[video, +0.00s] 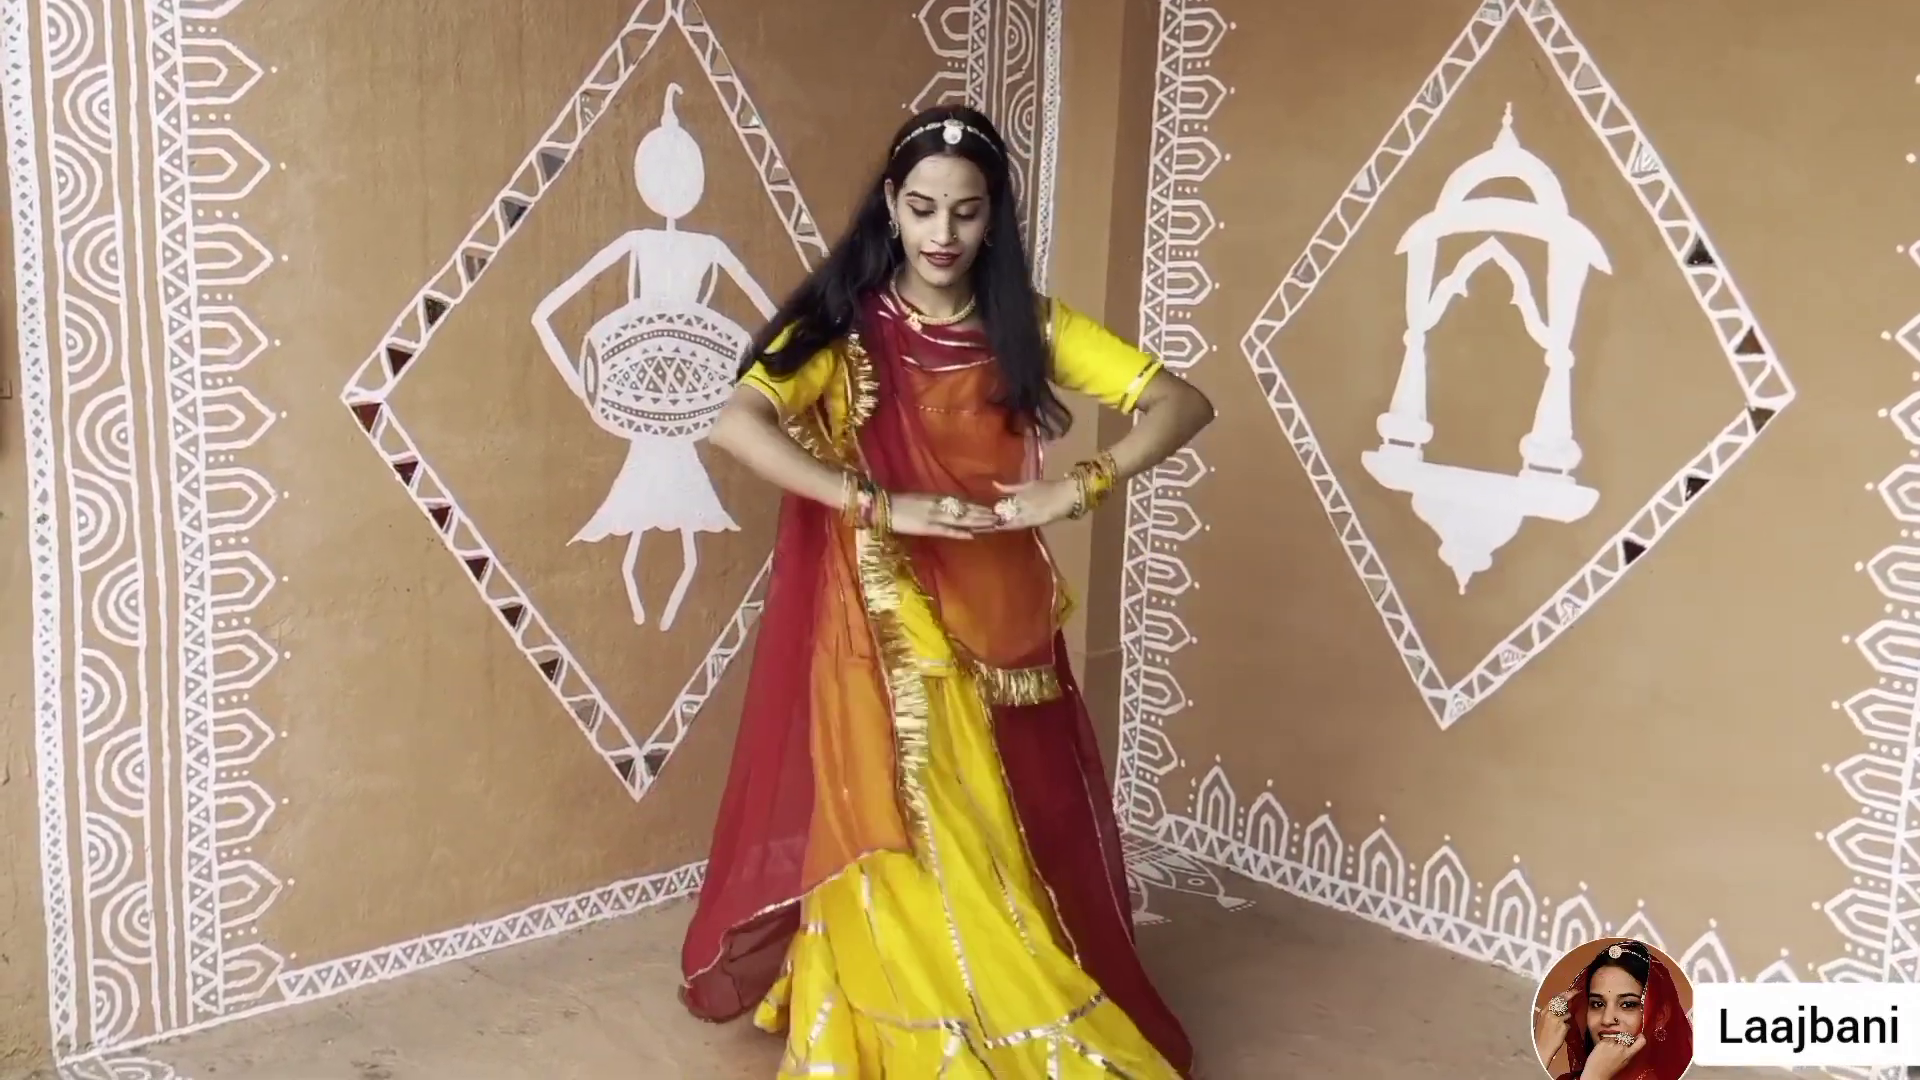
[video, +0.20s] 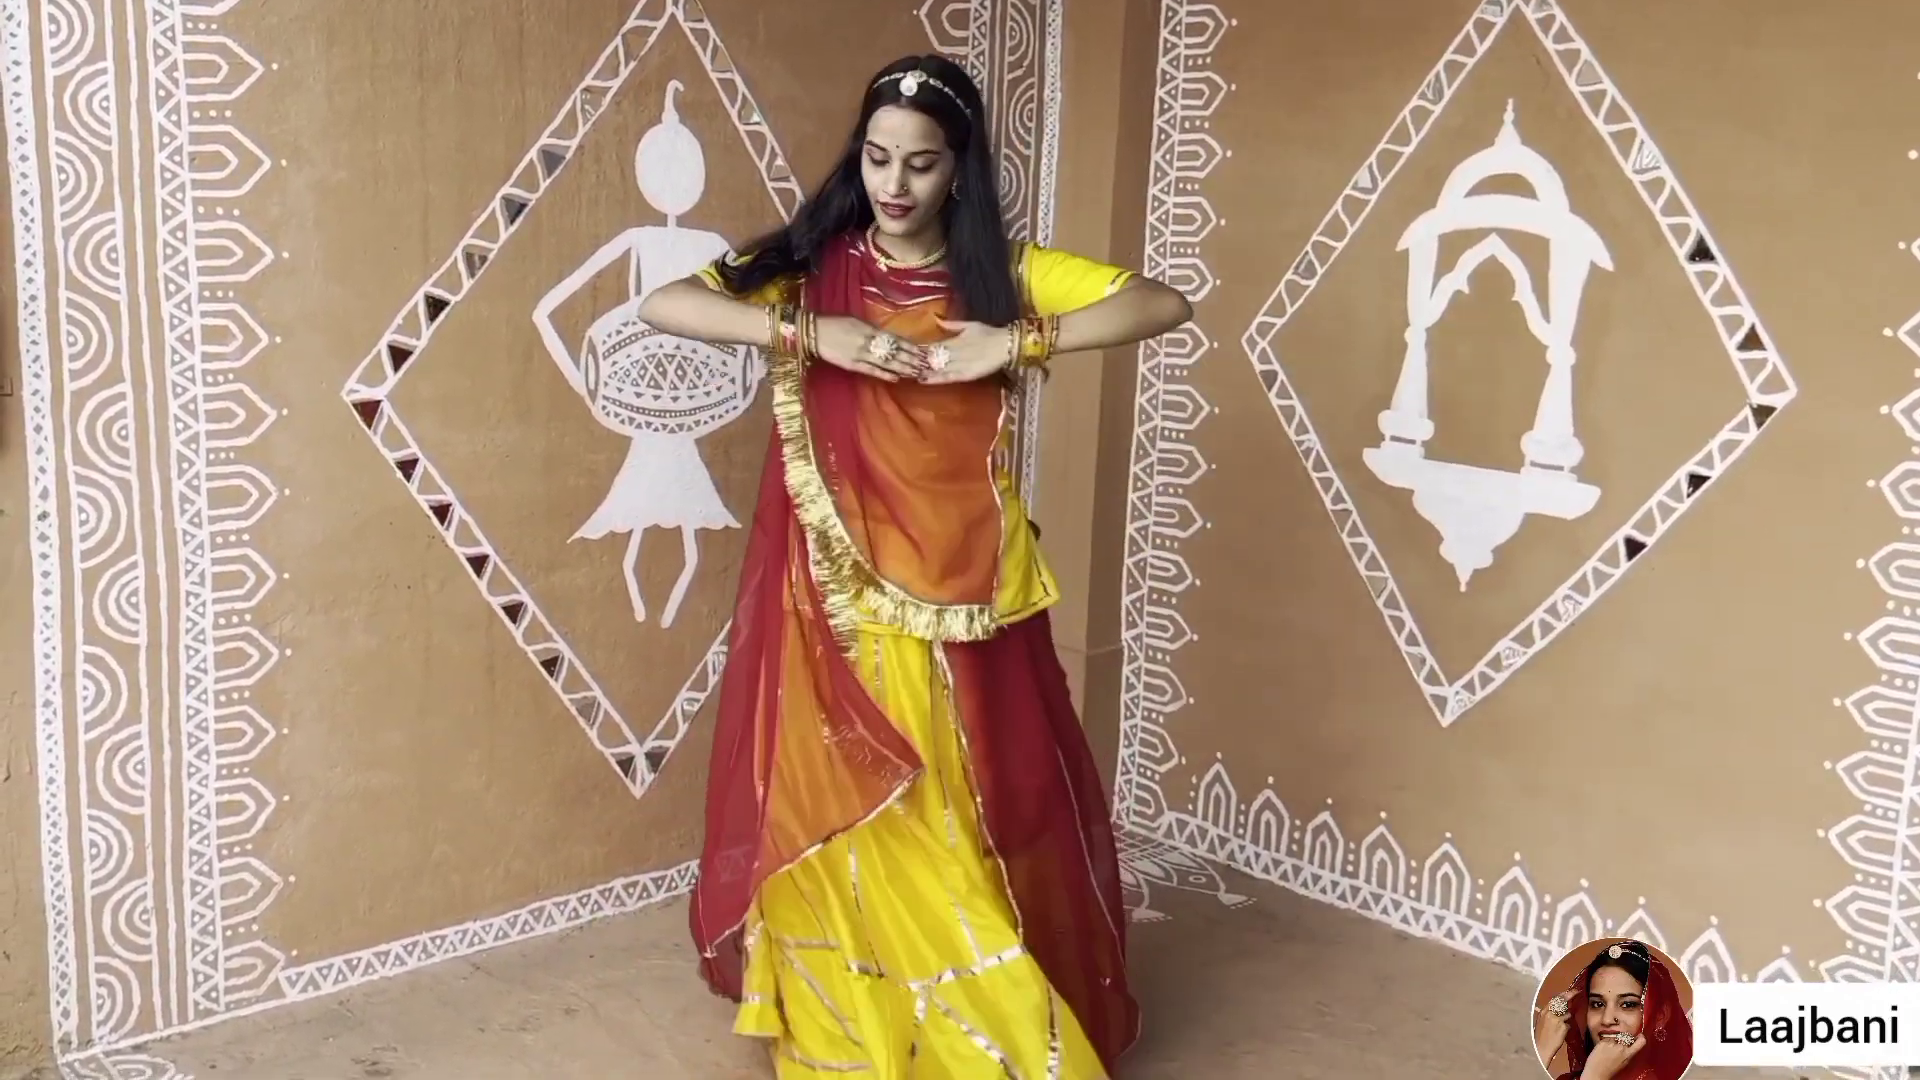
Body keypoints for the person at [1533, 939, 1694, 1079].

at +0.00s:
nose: (1608, 1019)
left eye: (1627, 1005)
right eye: (1597, 1004)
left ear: (1658, 1014)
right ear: (1585, 1012)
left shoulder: (1668, 1075)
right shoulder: (1567, 1077)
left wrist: (1595, 1075)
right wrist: (1538, 1057)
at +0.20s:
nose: (1608, 1019)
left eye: (1627, 1005)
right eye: (1597, 1004)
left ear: (1658, 1013)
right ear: (1585, 1011)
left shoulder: (1666, 1076)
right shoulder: (1567, 1078)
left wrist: (1595, 1076)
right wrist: (1538, 1056)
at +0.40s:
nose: (1607, 1019)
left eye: (1627, 1005)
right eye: (1597, 1004)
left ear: (1658, 1013)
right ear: (1586, 1011)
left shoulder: (1666, 1075)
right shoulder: (1568, 1077)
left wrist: (1596, 1075)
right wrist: (1538, 1056)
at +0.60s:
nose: (1608, 1019)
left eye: (1628, 1005)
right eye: (1597, 1004)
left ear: (1658, 1014)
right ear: (1585, 1011)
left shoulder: (1667, 1075)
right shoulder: (1567, 1078)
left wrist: (1595, 1075)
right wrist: (1539, 1055)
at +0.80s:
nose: (1608, 1019)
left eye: (1628, 1005)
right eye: (1597, 1004)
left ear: (1659, 1014)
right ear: (1586, 1011)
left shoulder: (1668, 1075)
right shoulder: (1567, 1077)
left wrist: (1595, 1075)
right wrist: (1539, 1055)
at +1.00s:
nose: (1608, 1019)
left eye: (1628, 1005)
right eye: (1597, 1004)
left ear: (1658, 1014)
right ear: (1586, 1010)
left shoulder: (1664, 1075)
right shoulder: (1569, 1077)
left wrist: (1595, 1075)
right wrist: (1539, 1055)